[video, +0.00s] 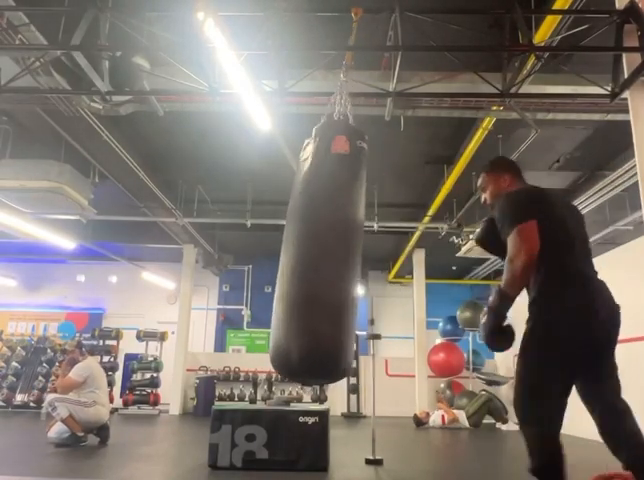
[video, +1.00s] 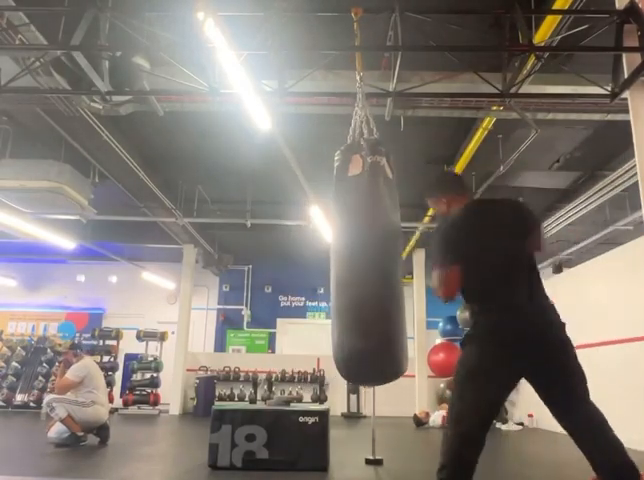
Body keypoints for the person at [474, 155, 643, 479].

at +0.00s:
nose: (484, 200)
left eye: (484, 189)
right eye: (481, 192)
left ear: (504, 178)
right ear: (516, 179)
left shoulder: (513, 200)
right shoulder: (562, 204)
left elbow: (524, 252)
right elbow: (561, 263)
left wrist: (495, 313)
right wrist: (505, 249)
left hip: (557, 310)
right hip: (598, 304)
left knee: (535, 409)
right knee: (606, 402)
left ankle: (548, 473)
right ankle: (640, 466)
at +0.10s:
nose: (503, 203)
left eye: (505, 192)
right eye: (501, 196)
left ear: (526, 184)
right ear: (532, 185)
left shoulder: (538, 208)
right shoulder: (585, 216)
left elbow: (543, 263)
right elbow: (575, 277)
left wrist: (511, 313)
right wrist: (525, 256)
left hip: (565, 330)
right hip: (605, 325)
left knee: (558, 427)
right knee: (615, 420)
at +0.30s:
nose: (507, 202)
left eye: (508, 192)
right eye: (505, 195)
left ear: (530, 182)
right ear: (532, 183)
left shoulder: (550, 202)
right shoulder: (583, 209)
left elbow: (562, 249)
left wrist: (512, 273)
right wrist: (525, 246)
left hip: (577, 320)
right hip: (614, 320)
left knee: (529, 399)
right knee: (631, 415)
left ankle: (582, 474)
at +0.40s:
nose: (501, 201)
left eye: (501, 190)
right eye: (498, 193)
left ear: (521, 179)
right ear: (523, 179)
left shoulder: (545, 195)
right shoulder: (580, 204)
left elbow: (551, 245)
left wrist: (504, 254)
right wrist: (518, 233)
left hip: (568, 310)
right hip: (607, 308)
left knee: (529, 396)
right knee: (612, 408)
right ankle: (639, 470)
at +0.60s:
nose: (494, 213)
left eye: (494, 204)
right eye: (492, 207)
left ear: (509, 193)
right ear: (525, 190)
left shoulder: (528, 209)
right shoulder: (573, 218)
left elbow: (507, 244)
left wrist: (472, 243)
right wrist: (482, 237)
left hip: (540, 334)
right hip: (585, 334)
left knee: (490, 411)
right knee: (600, 425)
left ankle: (492, 472)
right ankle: (630, 474)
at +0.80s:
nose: (474, 203)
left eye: (474, 199)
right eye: (475, 200)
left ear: (478, 194)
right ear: (506, 187)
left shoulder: (479, 207)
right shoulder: (547, 209)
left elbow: (440, 238)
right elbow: (568, 267)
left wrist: (431, 231)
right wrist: (534, 251)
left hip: (500, 327)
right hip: (554, 325)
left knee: (470, 411)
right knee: (594, 413)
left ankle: (470, 472)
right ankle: (629, 472)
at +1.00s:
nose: (435, 212)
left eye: (434, 205)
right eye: (432, 206)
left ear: (445, 199)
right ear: (465, 191)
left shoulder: (452, 229)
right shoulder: (512, 208)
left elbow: (447, 291)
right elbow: (537, 245)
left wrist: (447, 266)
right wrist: (502, 250)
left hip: (493, 335)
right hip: (543, 328)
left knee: (464, 431)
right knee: (579, 413)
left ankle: (452, 474)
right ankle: (626, 474)